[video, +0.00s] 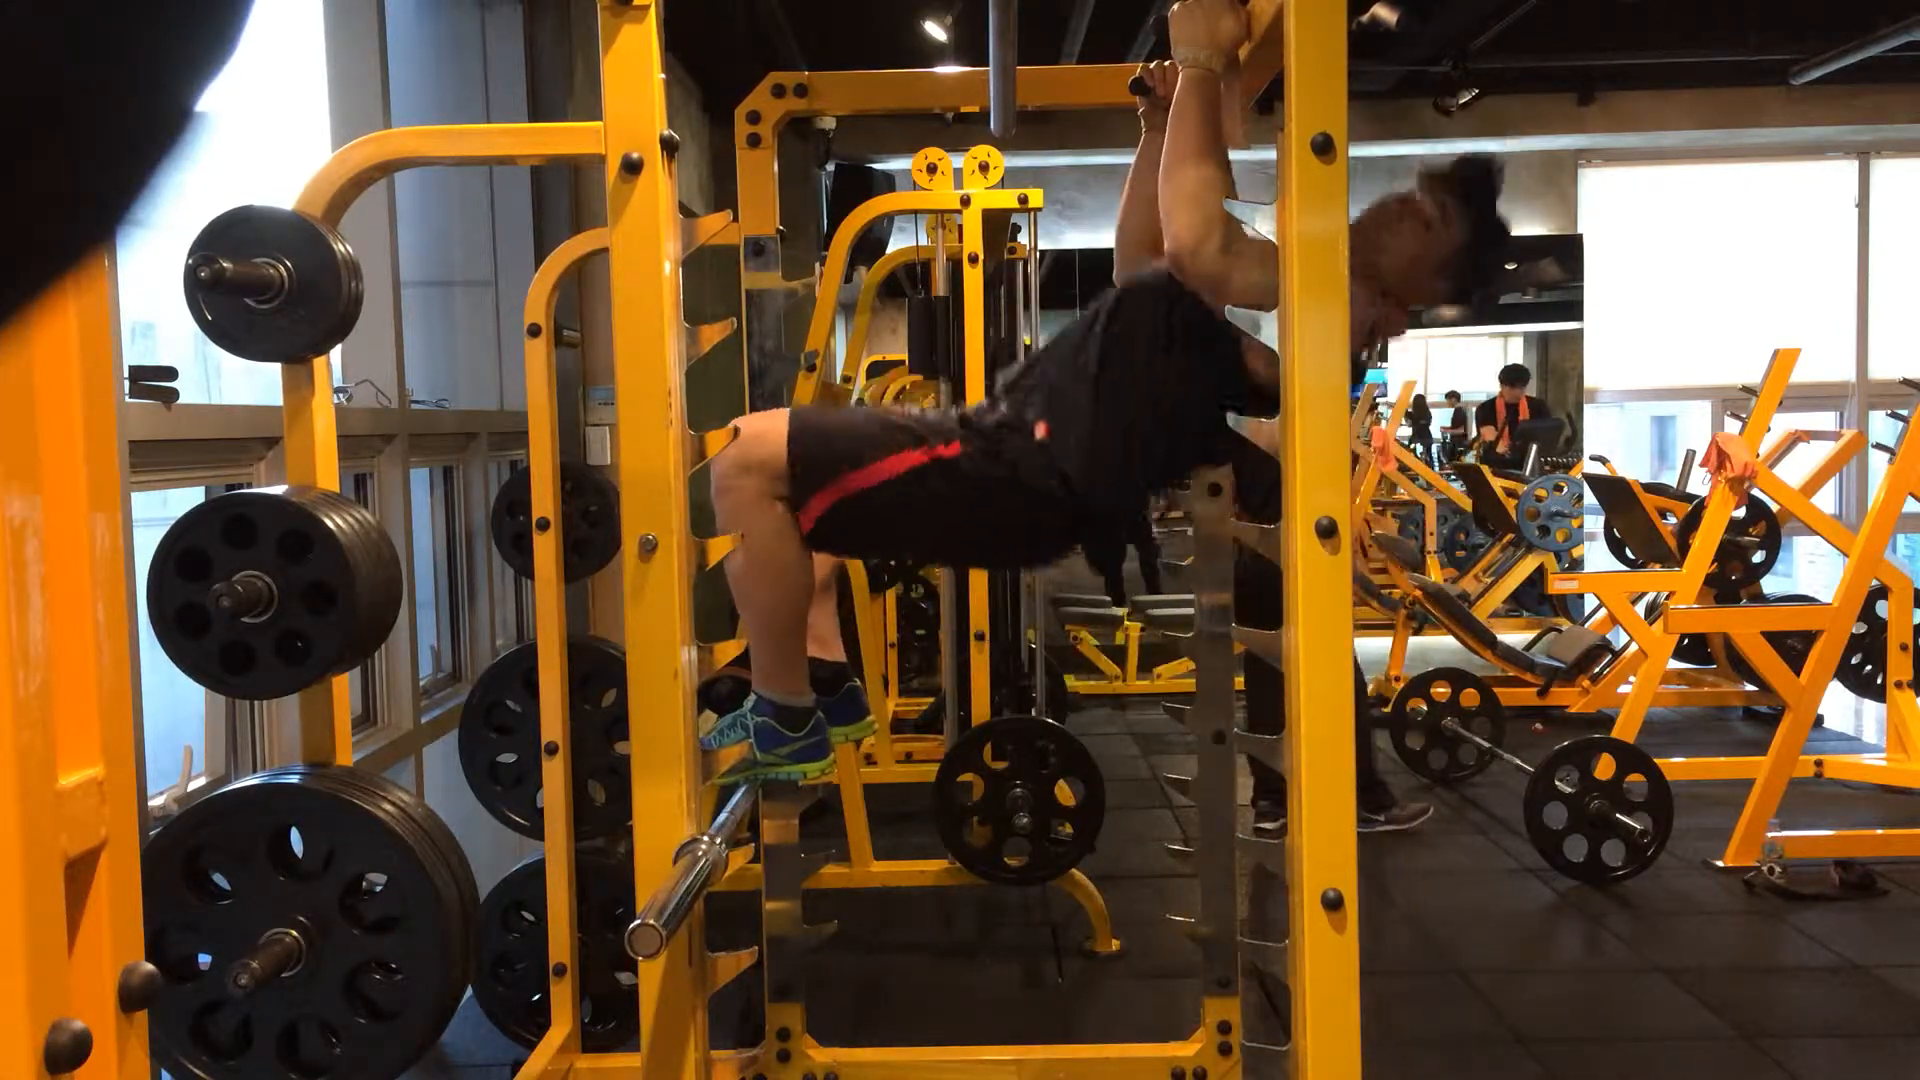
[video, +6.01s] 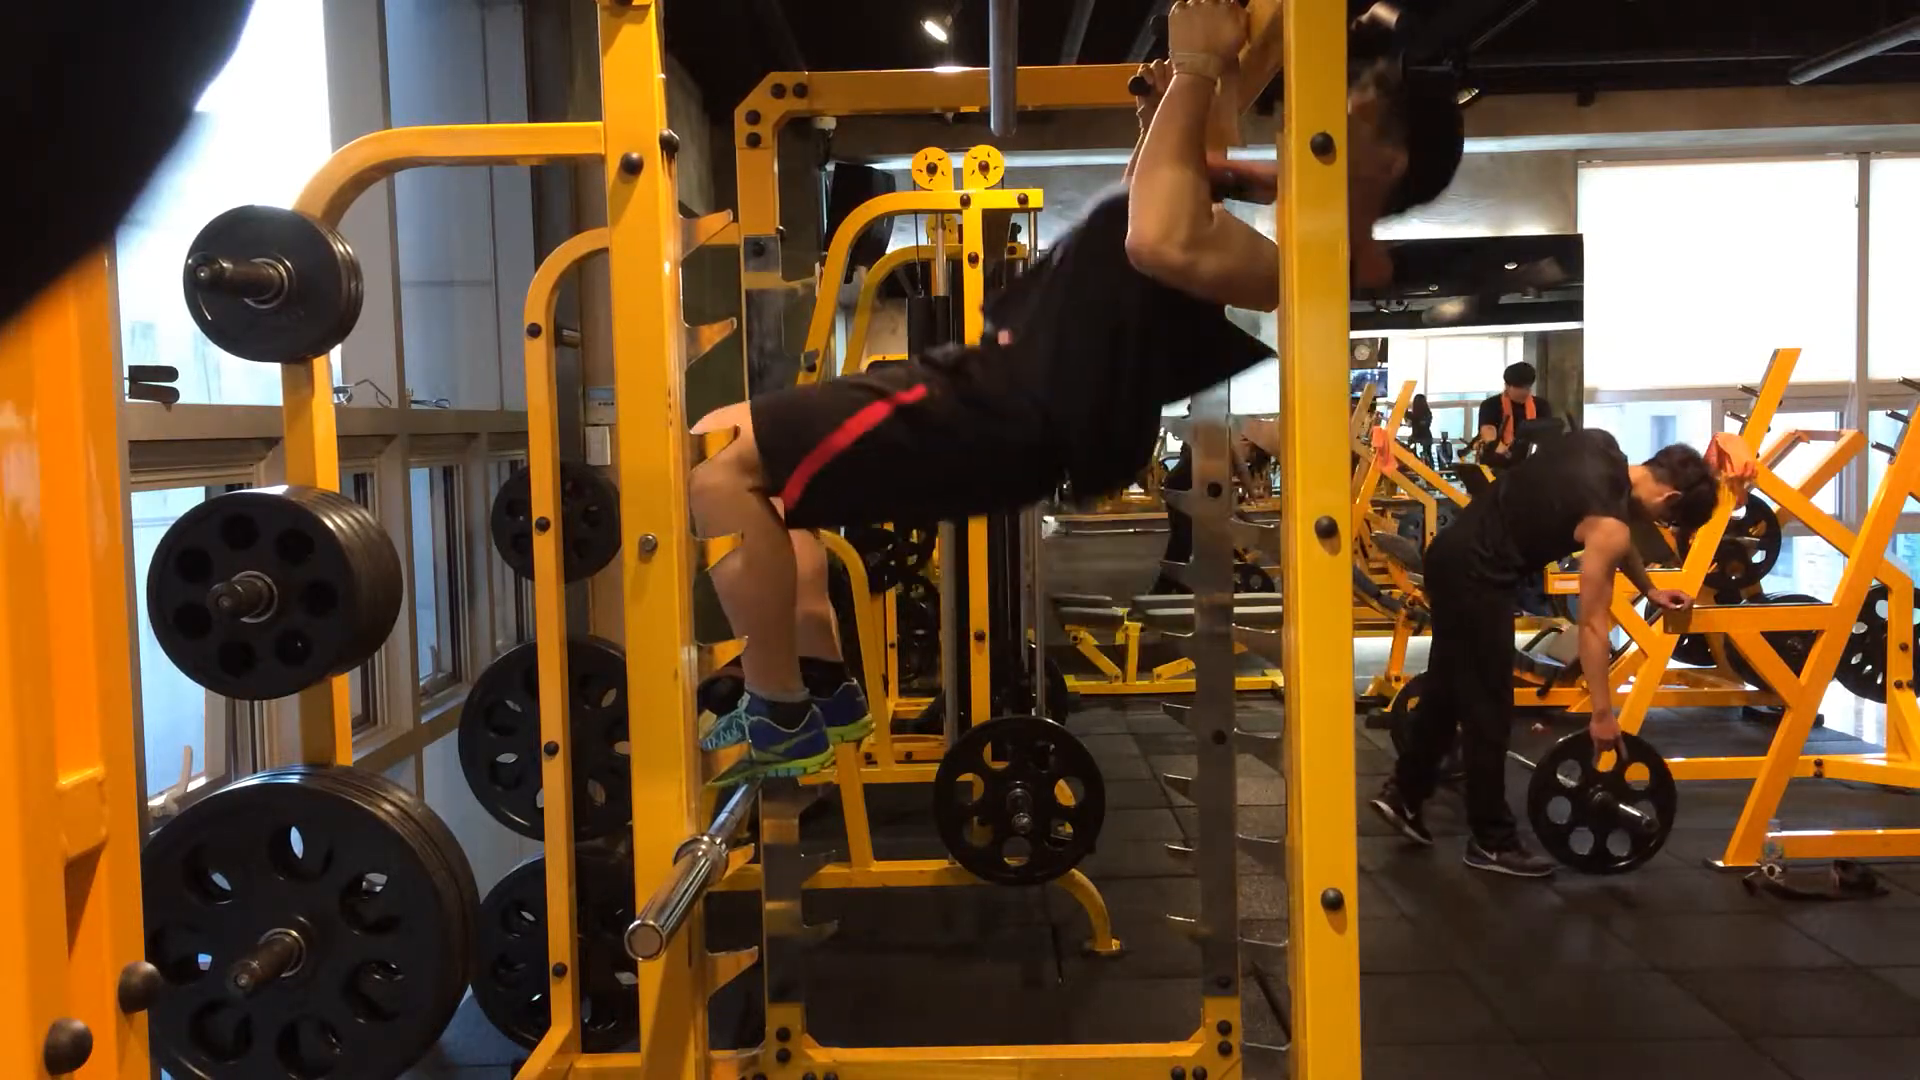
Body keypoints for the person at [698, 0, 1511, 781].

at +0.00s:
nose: (1390, 207)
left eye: (1413, 214)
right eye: (1403, 200)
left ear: (1429, 274)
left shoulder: (1345, 311)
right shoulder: (1316, 319)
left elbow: (1206, 260)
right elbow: (1142, 277)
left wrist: (1209, 69)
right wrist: (1157, 126)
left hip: (1036, 478)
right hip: (1026, 439)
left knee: (748, 469)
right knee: (772, 438)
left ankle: (783, 719)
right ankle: (819, 671)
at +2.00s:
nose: (1361, 181)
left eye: (1380, 181)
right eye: (1375, 175)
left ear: (1389, 219)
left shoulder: (1337, 294)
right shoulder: (1331, 301)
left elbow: (1195, 252)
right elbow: (1143, 260)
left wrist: (1208, 71)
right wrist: (1162, 117)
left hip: (1043, 464)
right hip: (1046, 439)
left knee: (744, 460)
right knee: (775, 433)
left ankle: (783, 716)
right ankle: (822, 668)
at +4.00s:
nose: (1349, 44)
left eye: (1374, 51)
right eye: (1364, 35)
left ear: (1402, 120)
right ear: (1364, 87)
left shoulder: (1326, 216)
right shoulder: (1292, 154)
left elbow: (1190, 237)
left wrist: (1203, 66)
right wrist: (1196, 91)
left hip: (1060, 389)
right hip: (1042, 367)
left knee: (755, 453)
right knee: (786, 439)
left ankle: (786, 713)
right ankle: (822, 673)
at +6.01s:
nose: (1334, 127)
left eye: (1360, 126)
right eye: (1344, 109)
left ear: (1395, 172)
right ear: (1327, 116)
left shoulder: (1335, 255)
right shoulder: (1305, 213)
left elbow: (1170, 239)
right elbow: (1176, 200)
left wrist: (1195, 74)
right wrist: (1194, 94)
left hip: (1033, 417)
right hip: (1008, 375)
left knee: (726, 475)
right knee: (732, 434)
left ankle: (779, 711)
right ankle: (818, 669)